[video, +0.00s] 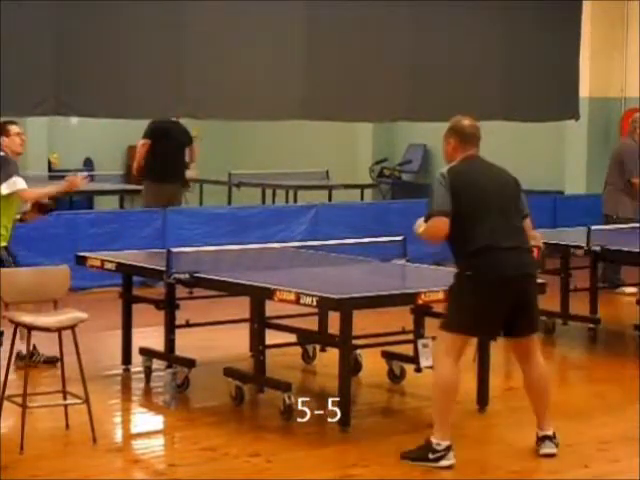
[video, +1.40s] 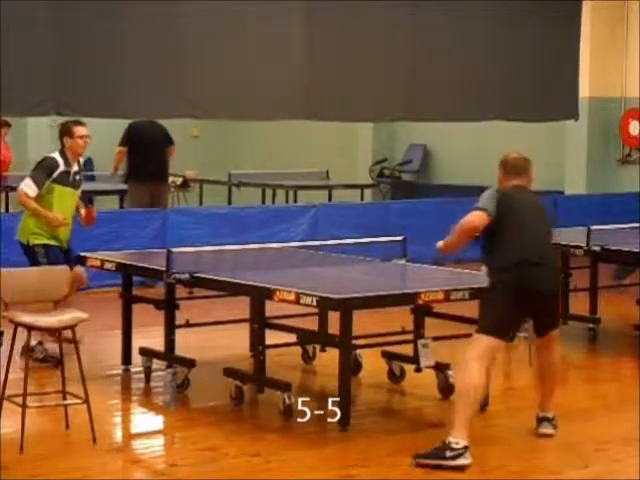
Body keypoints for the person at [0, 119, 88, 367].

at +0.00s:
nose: (23, 140)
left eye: (22, 135)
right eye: (17, 136)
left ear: (8, 141)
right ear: (3, 140)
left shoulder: (8, 164)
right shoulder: (6, 163)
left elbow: (8, 206)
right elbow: (26, 195)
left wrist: (26, 212)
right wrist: (65, 186)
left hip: (4, 242)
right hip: (1, 245)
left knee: (19, 289)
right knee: (21, 288)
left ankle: (27, 347)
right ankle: (26, 348)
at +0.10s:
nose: (23, 140)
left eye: (22, 136)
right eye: (17, 136)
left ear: (8, 142)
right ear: (4, 141)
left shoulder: (9, 163)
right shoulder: (6, 162)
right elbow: (28, 187)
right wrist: (67, 182)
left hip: (4, 243)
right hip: (1, 245)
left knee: (18, 290)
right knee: (20, 289)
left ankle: (28, 347)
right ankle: (28, 348)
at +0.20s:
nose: (27, 142)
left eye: (26, 138)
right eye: (21, 139)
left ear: (12, 145)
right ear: (8, 144)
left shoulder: (11, 165)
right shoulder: (9, 163)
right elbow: (30, 174)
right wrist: (72, 171)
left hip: (5, 245)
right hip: (2, 246)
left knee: (23, 291)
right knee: (25, 290)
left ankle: (30, 349)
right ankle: (30, 350)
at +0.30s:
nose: (33, 146)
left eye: (31, 141)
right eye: (27, 142)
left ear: (18, 147)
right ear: (14, 146)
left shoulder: (16, 166)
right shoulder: (13, 164)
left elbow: (47, 170)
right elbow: (45, 170)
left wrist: (72, 169)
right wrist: (74, 169)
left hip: (8, 246)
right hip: (4, 248)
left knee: (27, 292)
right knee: (28, 292)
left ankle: (30, 349)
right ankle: (30, 350)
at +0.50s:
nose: (57, 163)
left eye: (59, 158)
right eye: (55, 157)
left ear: (44, 157)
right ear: (40, 154)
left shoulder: (34, 172)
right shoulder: (24, 162)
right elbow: (14, 174)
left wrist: (46, 194)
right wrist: (43, 187)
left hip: (10, 242)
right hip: (5, 244)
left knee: (15, 291)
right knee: (32, 289)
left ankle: (31, 350)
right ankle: (30, 349)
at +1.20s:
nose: (76, 145)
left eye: (77, 140)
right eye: (71, 141)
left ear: (74, 144)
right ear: (56, 144)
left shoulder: (71, 173)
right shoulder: (39, 167)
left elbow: (68, 206)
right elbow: (9, 196)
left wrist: (75, 216)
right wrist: (37, 220)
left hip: (49, 240)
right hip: (26, 240)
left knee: (47, 287)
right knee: (46, 286)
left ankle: (23, 331)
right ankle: (33, 342)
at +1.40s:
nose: (86, 143)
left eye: (87, 138)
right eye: (81, 138)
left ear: (85, 141)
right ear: (67, 140)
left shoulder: (78, 167)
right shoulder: (51, 163)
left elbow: (74, 197)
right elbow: (23, 194)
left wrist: (83, 212)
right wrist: (47, 215)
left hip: (60, 237)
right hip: (37, 237)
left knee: (65, 284)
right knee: (52, 286)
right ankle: (35, 342)